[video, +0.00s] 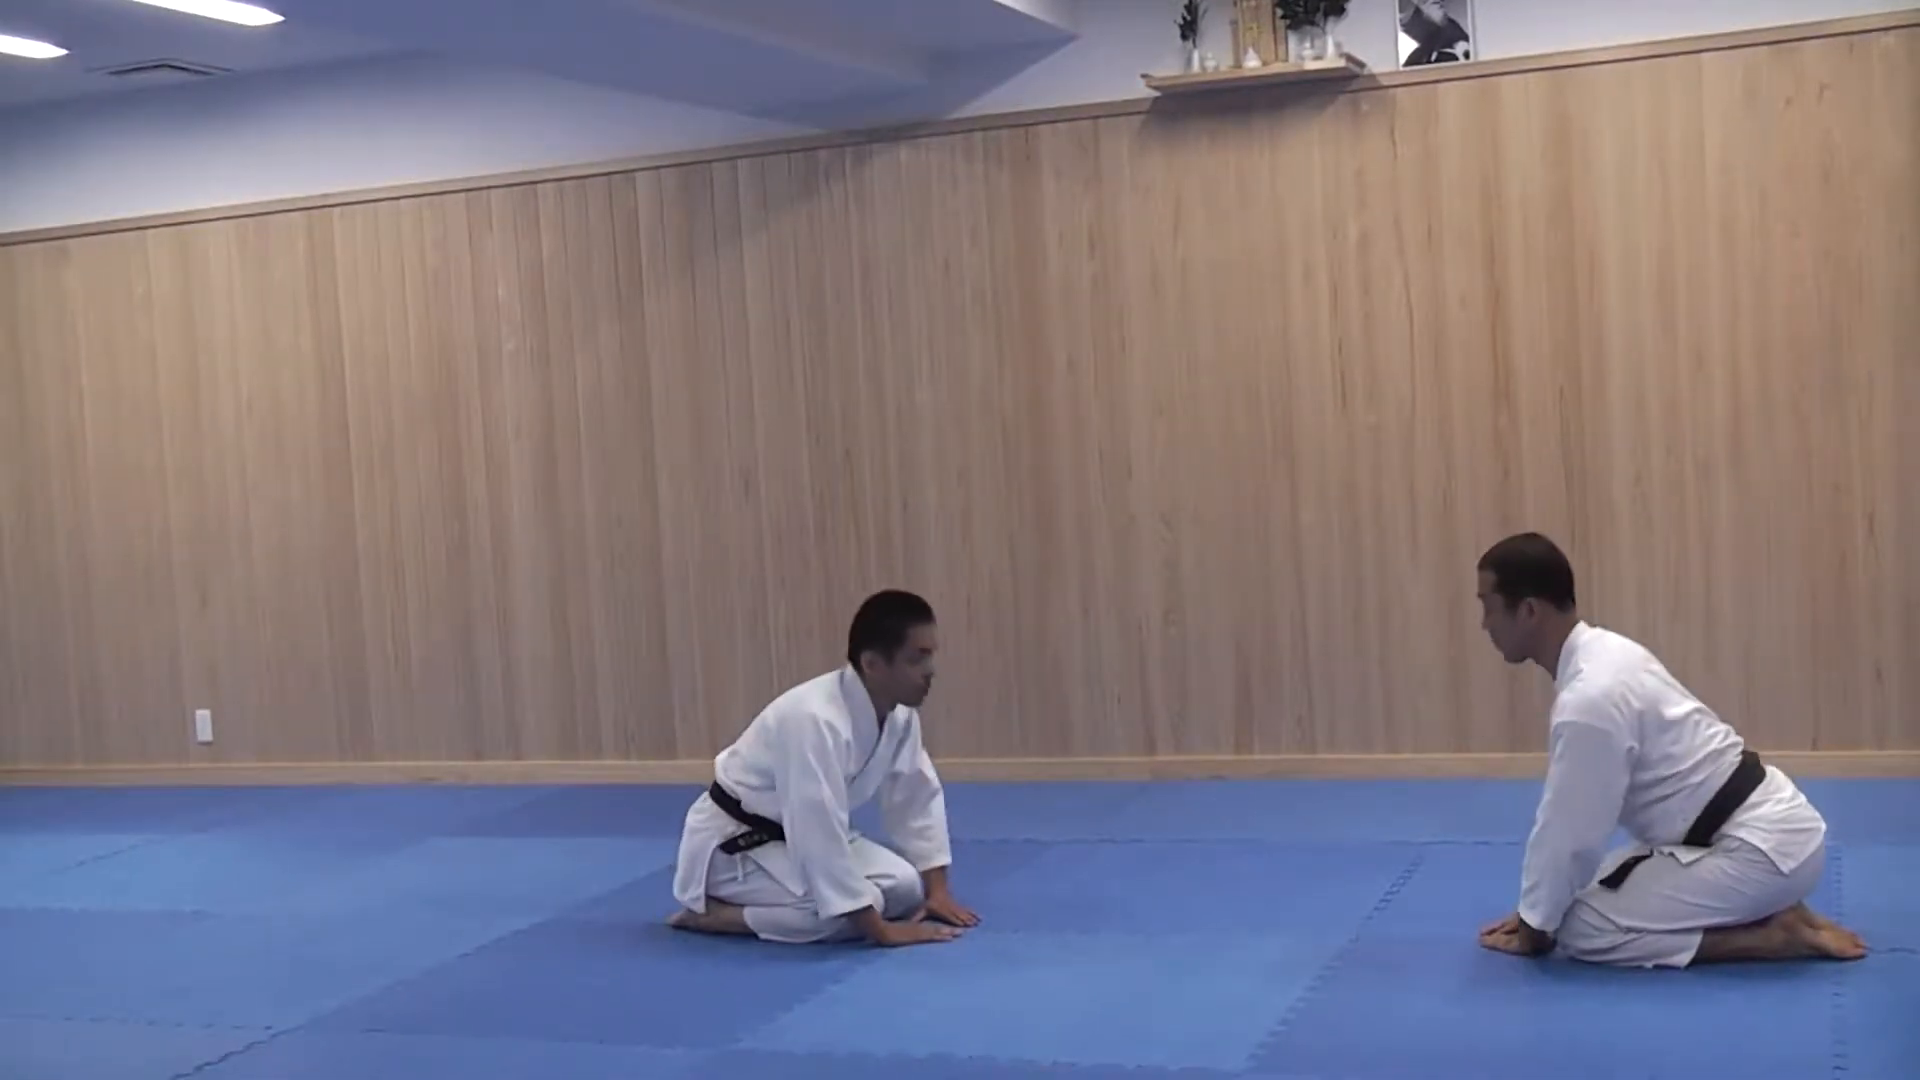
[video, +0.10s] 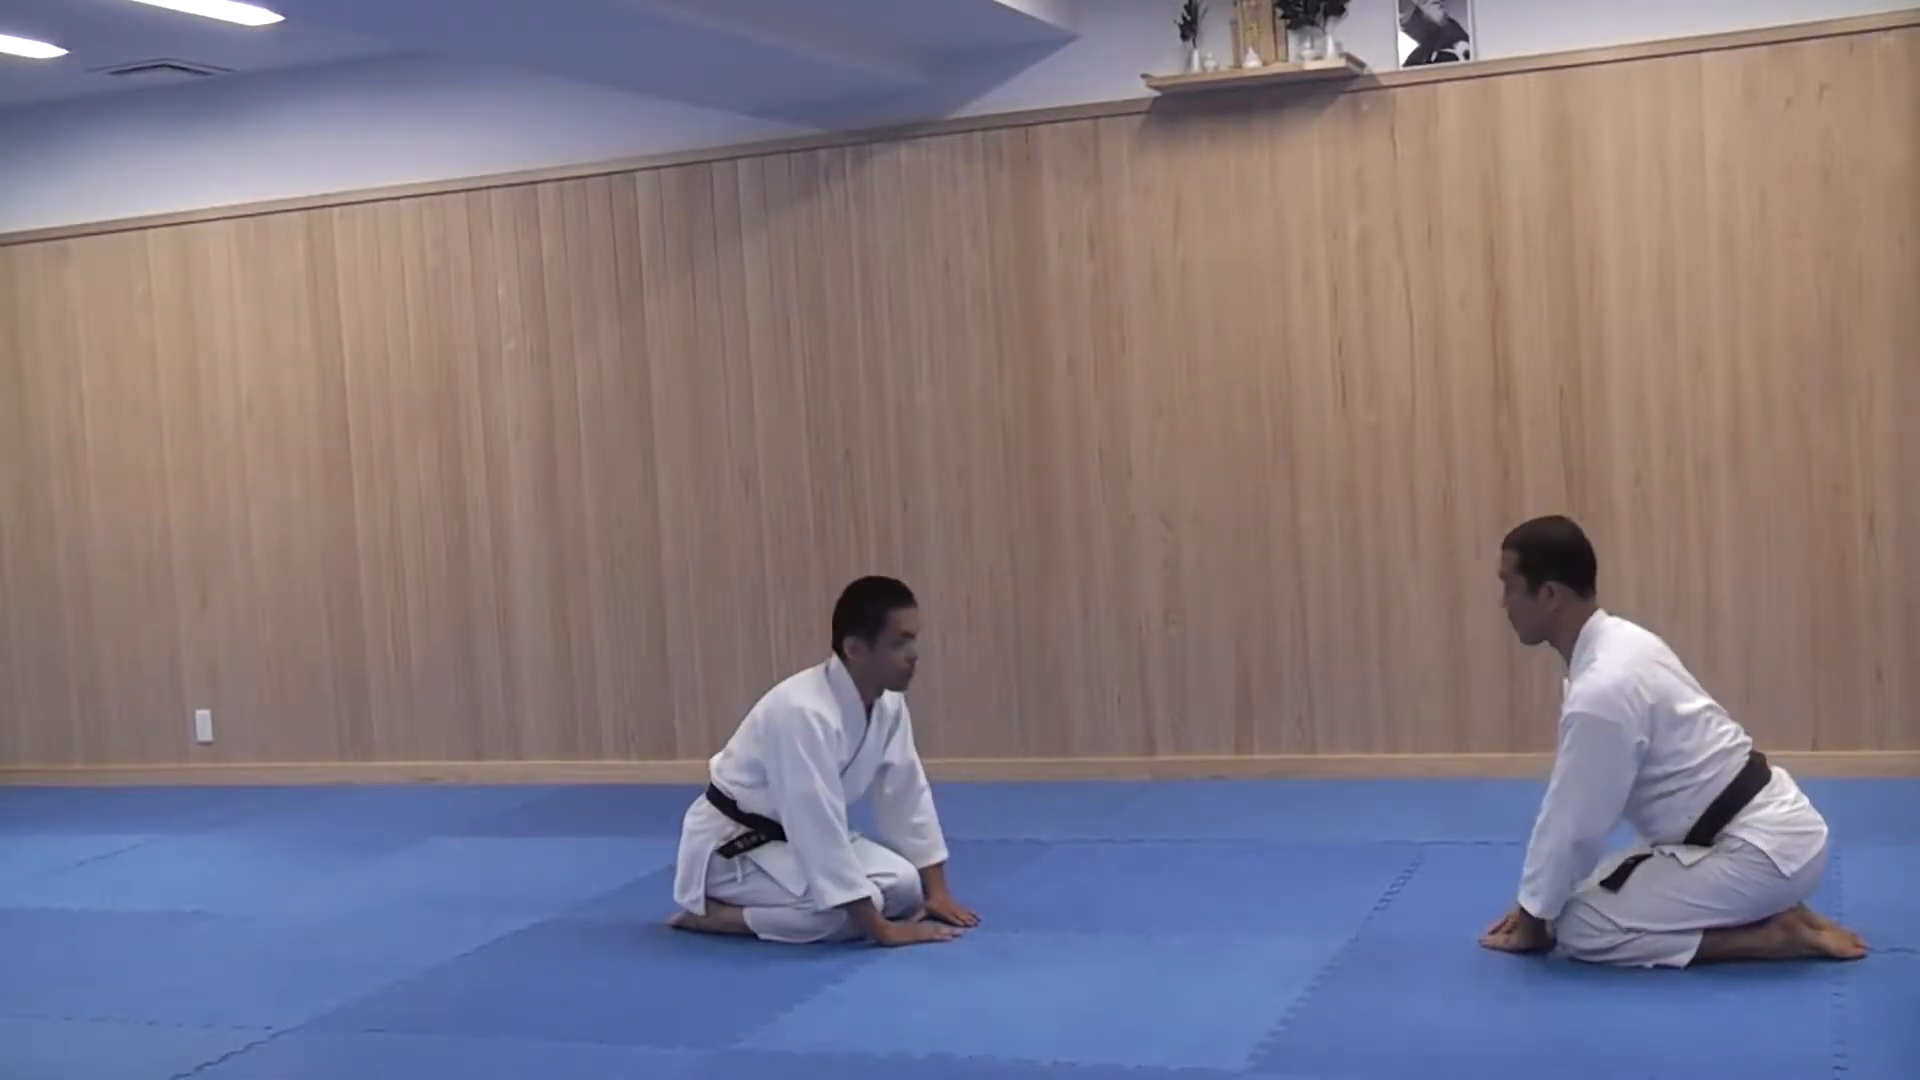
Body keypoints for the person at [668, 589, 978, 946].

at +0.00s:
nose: (932, 669)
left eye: (932, 656)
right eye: (920, 658)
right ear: (872, 664)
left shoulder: (898, 716)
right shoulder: (813, 718)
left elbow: (919, 799)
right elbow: (818, 834)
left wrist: (937, 893)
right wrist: (880, 930)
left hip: (796, 834)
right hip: (731, 847)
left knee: (903, 888)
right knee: (847, 915)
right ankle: (717, 917)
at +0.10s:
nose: (914, 654)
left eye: (914, 640)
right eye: (901, 642)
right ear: (854, 649)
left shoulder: (887, 702)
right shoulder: (802, 711)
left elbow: (908, 796)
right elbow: (817, 828)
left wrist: (937, 893)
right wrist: (880, 929)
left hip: (796, 835)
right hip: (731, 847)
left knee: (902, 885)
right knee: (845, 913)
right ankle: (716, 918)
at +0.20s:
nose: (904, 645)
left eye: (905, 630)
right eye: (890, 634)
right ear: (844, 643)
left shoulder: (881, 696)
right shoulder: (796, 707)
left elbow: (901, 795)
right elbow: (817, 826)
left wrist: (936, 891)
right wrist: (880, 928)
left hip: (796, 835)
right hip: (732, 846)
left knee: (901, 886)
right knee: (844, 912)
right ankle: (715, 919)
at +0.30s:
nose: (900, 640)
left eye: (899, 625)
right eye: (884, 628)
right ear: (839, 636)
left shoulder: (878, 691)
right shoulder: (792, 703)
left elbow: (898, 793)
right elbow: (819, 823)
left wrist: (935, 889)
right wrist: (882, 927)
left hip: (794, 835)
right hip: (732, 846)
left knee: (902, 884)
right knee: (851, 912)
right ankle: (717, 919)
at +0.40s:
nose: (896, 635)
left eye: (896, 621)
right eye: (881, 624)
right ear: (835, 632)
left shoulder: (876, 692)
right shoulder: (787, 698)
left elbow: (898, 793)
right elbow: (814, 819)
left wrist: (935, 889)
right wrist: (884, 914)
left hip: (796, 836)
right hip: (732, 847)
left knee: (902, 884)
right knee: (853, 910)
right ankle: (720, 920)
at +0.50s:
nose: (890, 631)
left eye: (891, 617)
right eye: (875, 619)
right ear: (830, 626)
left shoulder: (873, 690)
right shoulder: (778, 691)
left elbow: (896, 790)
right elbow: (799, 814)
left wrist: (936, 889)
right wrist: (884, 890)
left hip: (795, 833)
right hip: (730, 846)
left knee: (903, 880)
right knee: (852, 909)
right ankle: (720, 919)